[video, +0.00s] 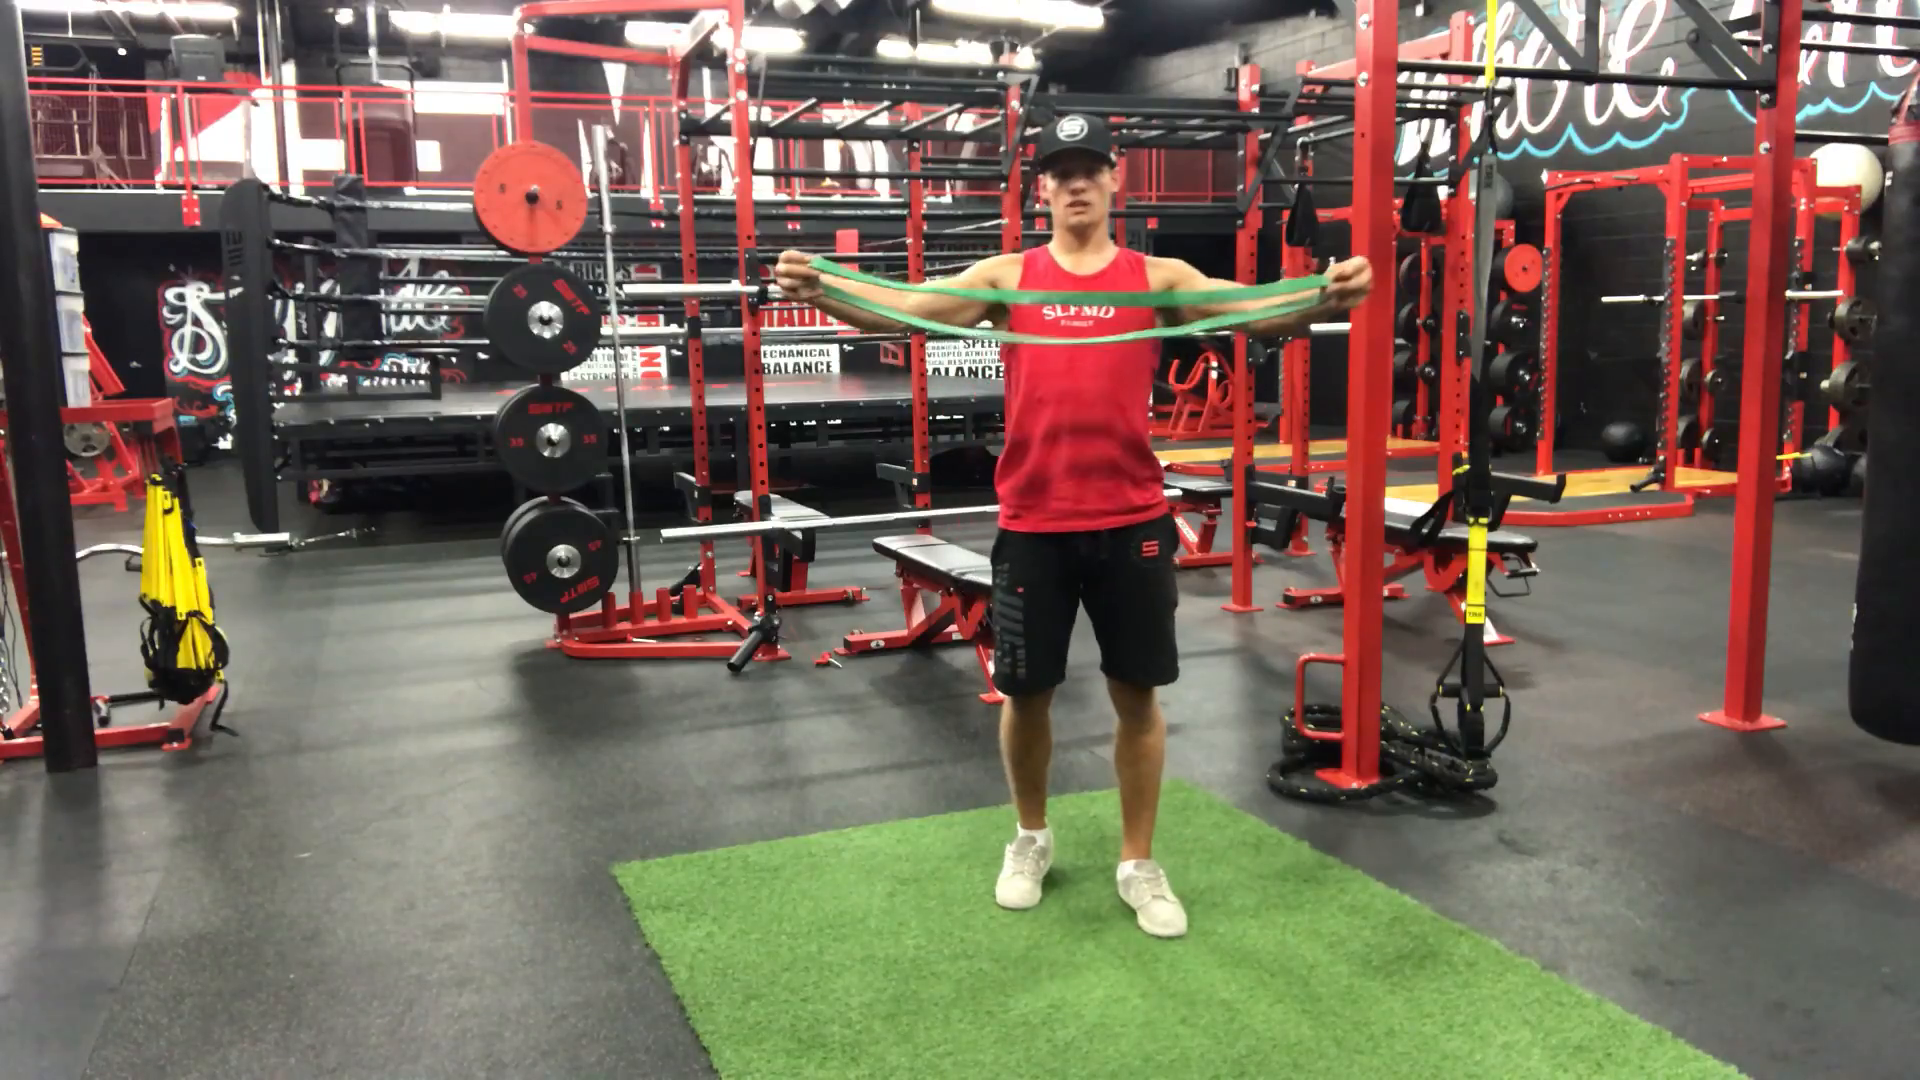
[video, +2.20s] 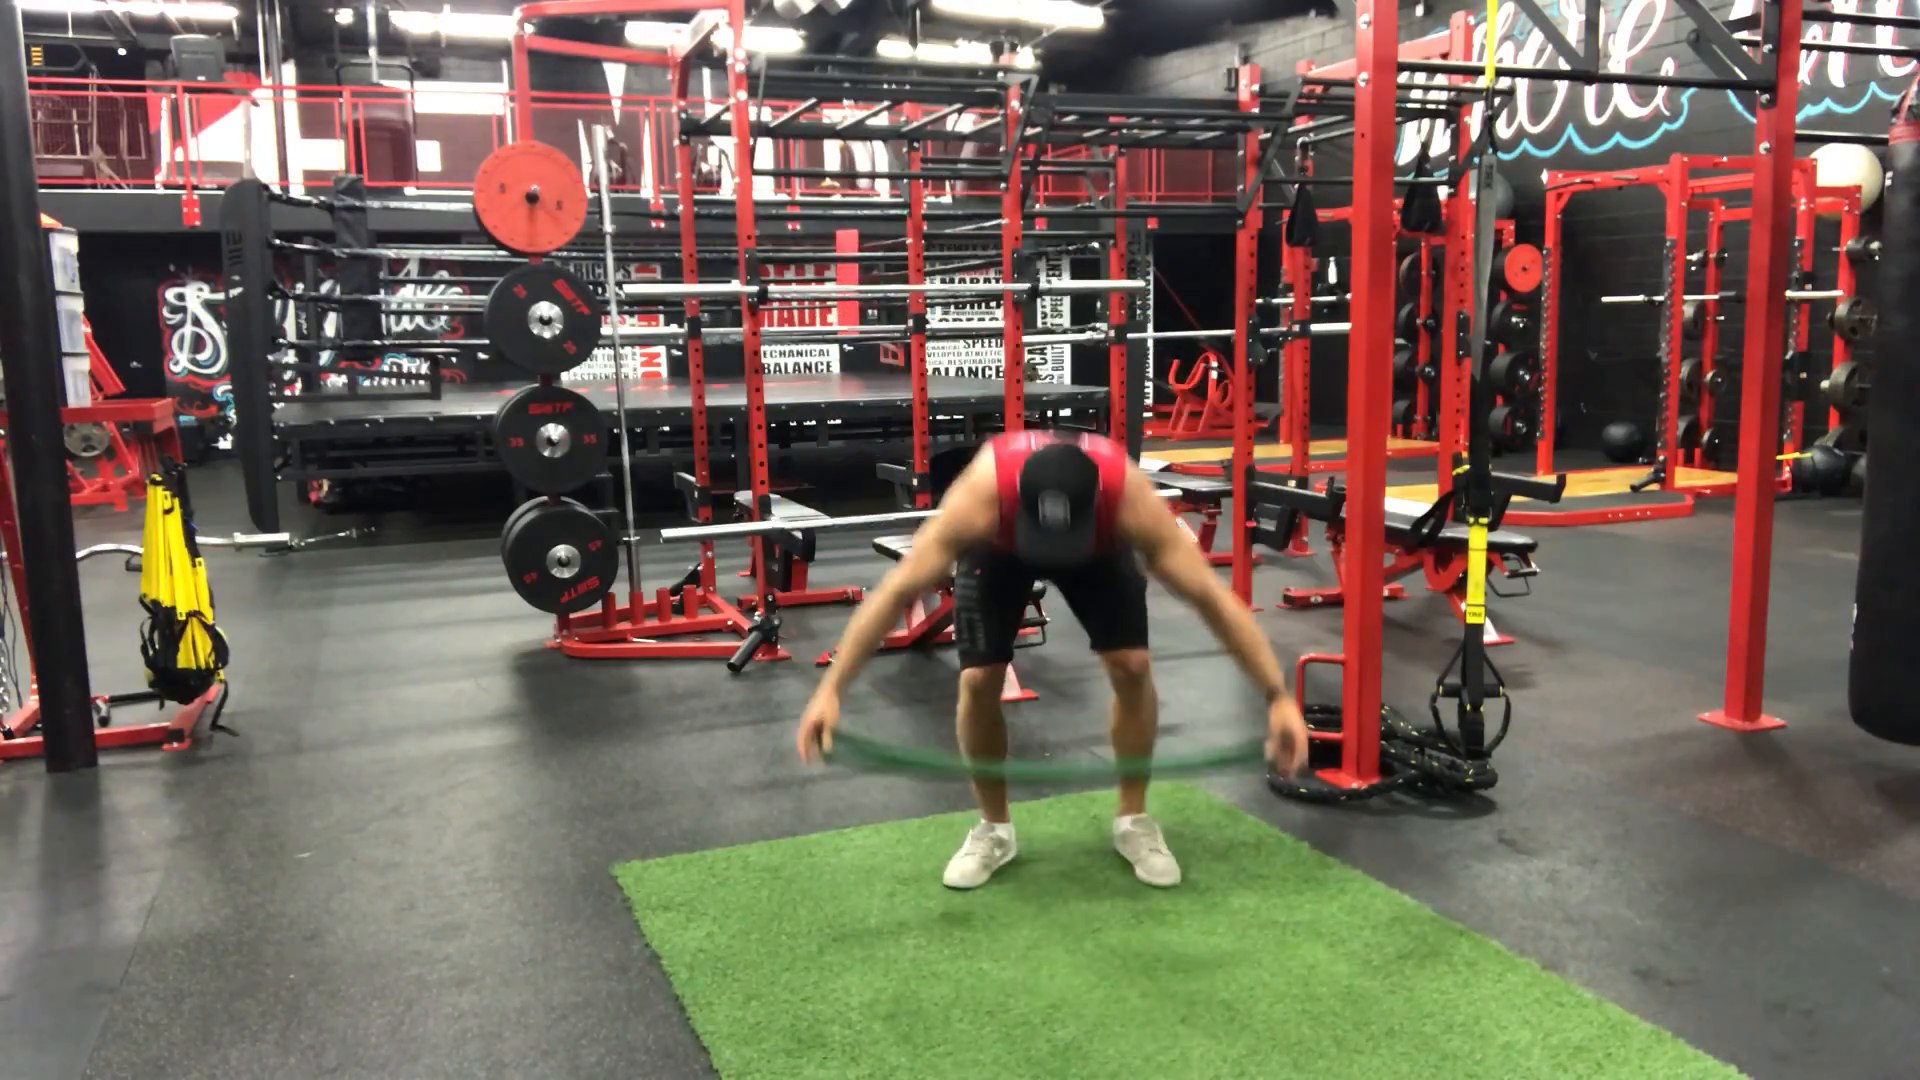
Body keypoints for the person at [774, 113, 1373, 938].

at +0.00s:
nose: (1074, 191)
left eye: (1088, 176)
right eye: (1060, 177)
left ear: (1113, 185)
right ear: (1043, 190)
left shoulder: (1158, 277)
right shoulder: (1007, 274)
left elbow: (1259, 315)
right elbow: (911, 309)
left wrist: (1326, 293)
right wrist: (820, 282)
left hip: (1131, 519)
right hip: (1032, 522)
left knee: (1139, 703)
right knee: (1025, 695)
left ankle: (1139, 862)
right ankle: (1028, 837)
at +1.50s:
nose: (990, 219)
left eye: (1002, 204)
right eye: (975, 205)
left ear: (1023, 195)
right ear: (950, 199)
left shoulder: (1063, 278)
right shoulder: (913, 283)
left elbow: (1167, 327)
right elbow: (825, 342)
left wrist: (1250, 344)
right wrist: (746, 353)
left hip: (1051, 514)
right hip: (955, 524)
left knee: (1088, 687)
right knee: (960, 696)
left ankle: (1111, 860)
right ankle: (973, 858)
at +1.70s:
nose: (1006, 260)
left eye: (1019, 244)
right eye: (989, 246)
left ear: (1041, 223)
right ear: (964, 227)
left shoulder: (1083, 290)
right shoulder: (930, 297)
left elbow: (1177, 359)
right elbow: (842, 378)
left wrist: (1266, 413)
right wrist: (763, 428)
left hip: (1066, 512)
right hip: (969, 521)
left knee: (1114, 674)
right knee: (968, 687)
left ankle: (1142, 844)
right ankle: (973, 856)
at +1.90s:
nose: (1035, 355)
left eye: (1048, 341)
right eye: (1021, 342)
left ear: (1073, 310)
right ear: (998, 312)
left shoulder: (1117, 344)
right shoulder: (965, 346)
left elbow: (1205, 432)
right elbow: (874, 435)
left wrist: (1285, 517)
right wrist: (798, 515)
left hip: (1096, 523)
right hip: (998, 524)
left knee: (1125, 680)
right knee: (976, 674)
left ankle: (1139, 832)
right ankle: (968, 854)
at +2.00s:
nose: (1046, 400)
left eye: (1059, 388)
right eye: (1033, 387)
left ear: (1085, 361)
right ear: (1010, 358)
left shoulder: (1125, 383)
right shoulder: (978, 384)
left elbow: (1209, 478)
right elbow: (887, 474)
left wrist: (1285, 575)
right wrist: (811, 567)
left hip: (1100, 527)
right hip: (1004, 524)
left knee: (1127, 675)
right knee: (976, 671)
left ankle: (1141, 832)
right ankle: (981, 831)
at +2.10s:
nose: (1048, 477)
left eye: (1063, 469)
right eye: (1034, 468)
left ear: (1092, 431)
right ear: (1012, 425)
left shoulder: (1132, 438)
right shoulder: (977, 433)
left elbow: (1214, 539)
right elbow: (892, 529)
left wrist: (1280, 633)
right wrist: (823, 626)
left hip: (1093, 530)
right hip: (997, 533)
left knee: (1128, 664)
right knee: (983, 677)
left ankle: (1143, 831)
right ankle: (993, 826)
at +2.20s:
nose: (1052, 561)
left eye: (1068, 551)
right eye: (1040, 550)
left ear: (1100, 509)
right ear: (1015, 508)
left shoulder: (1130, 497)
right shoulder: (979, 495)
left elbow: (1215, 599)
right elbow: (894, 589)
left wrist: (1280, 695)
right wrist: (830, 688)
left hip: (1098, 540)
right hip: (998, 541)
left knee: (1132, 667)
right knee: (979, 679)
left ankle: (1135, 821)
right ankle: (993, 828)